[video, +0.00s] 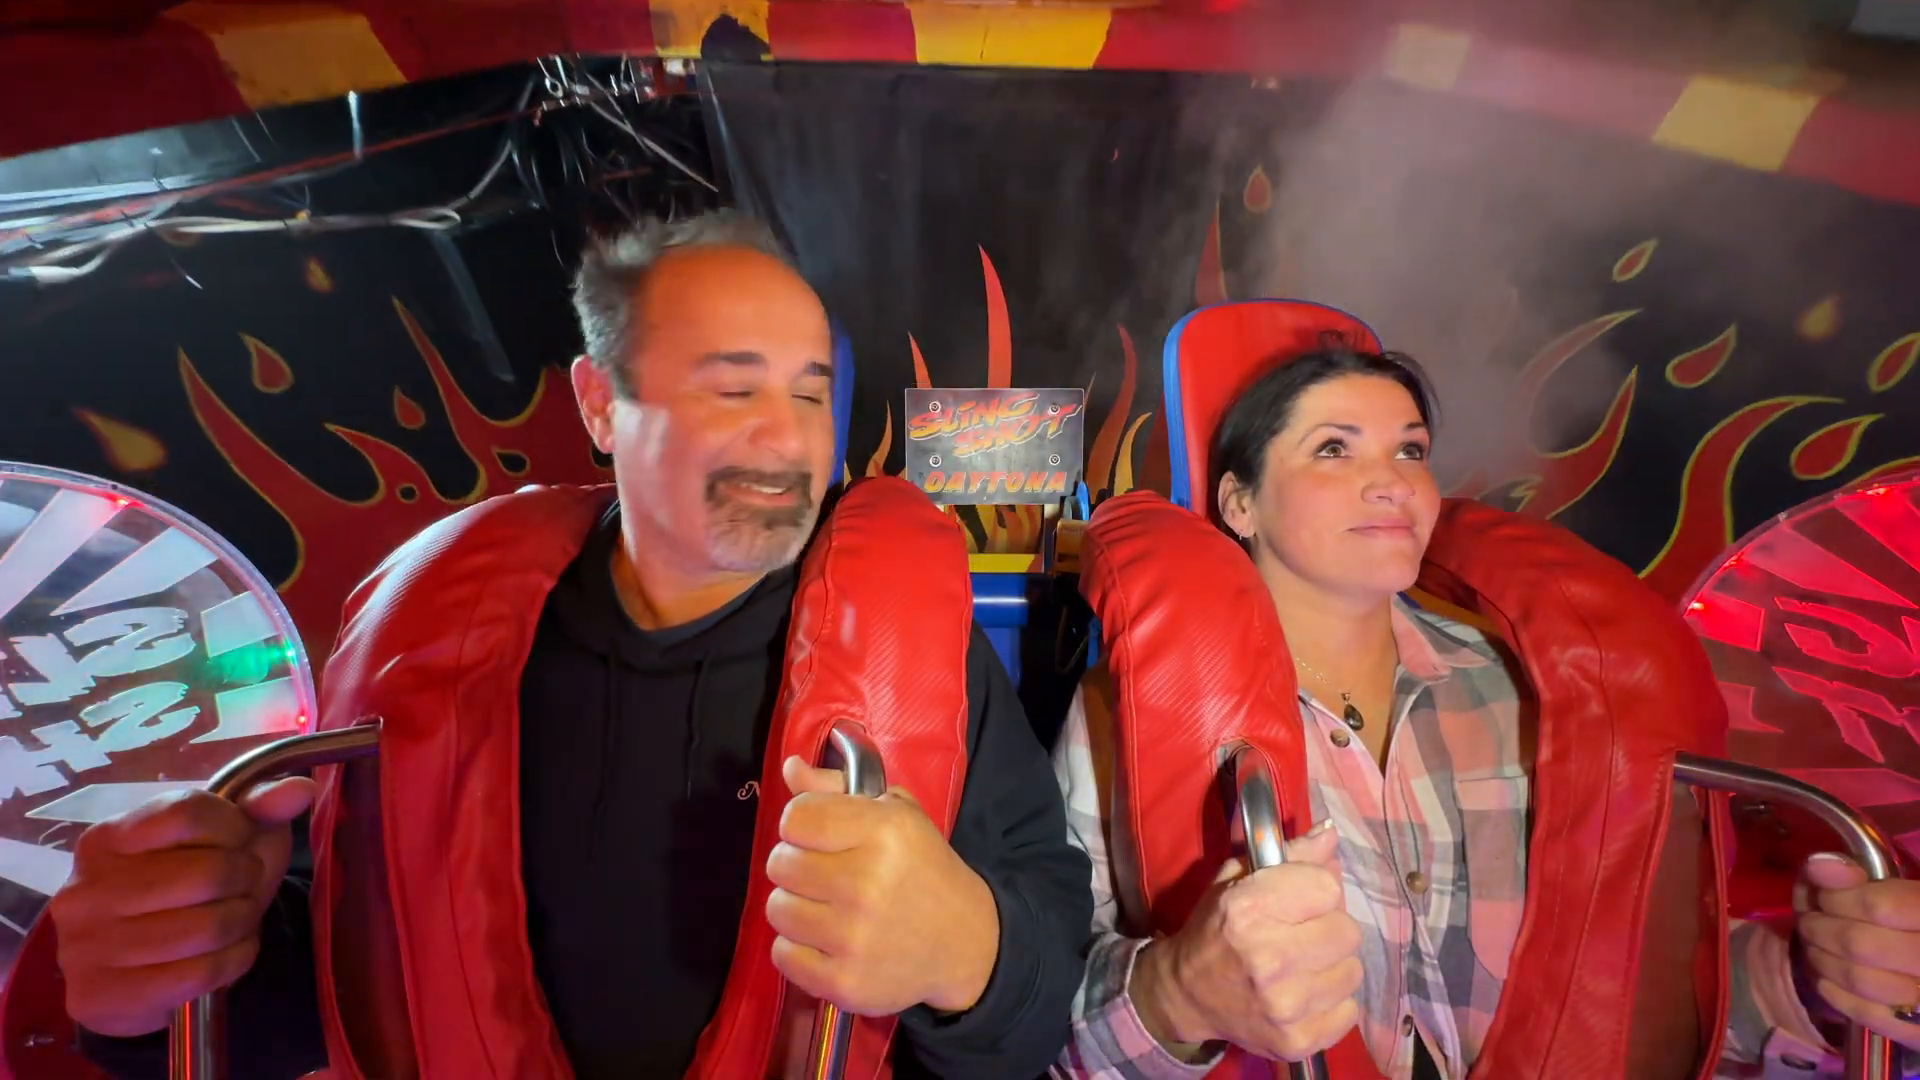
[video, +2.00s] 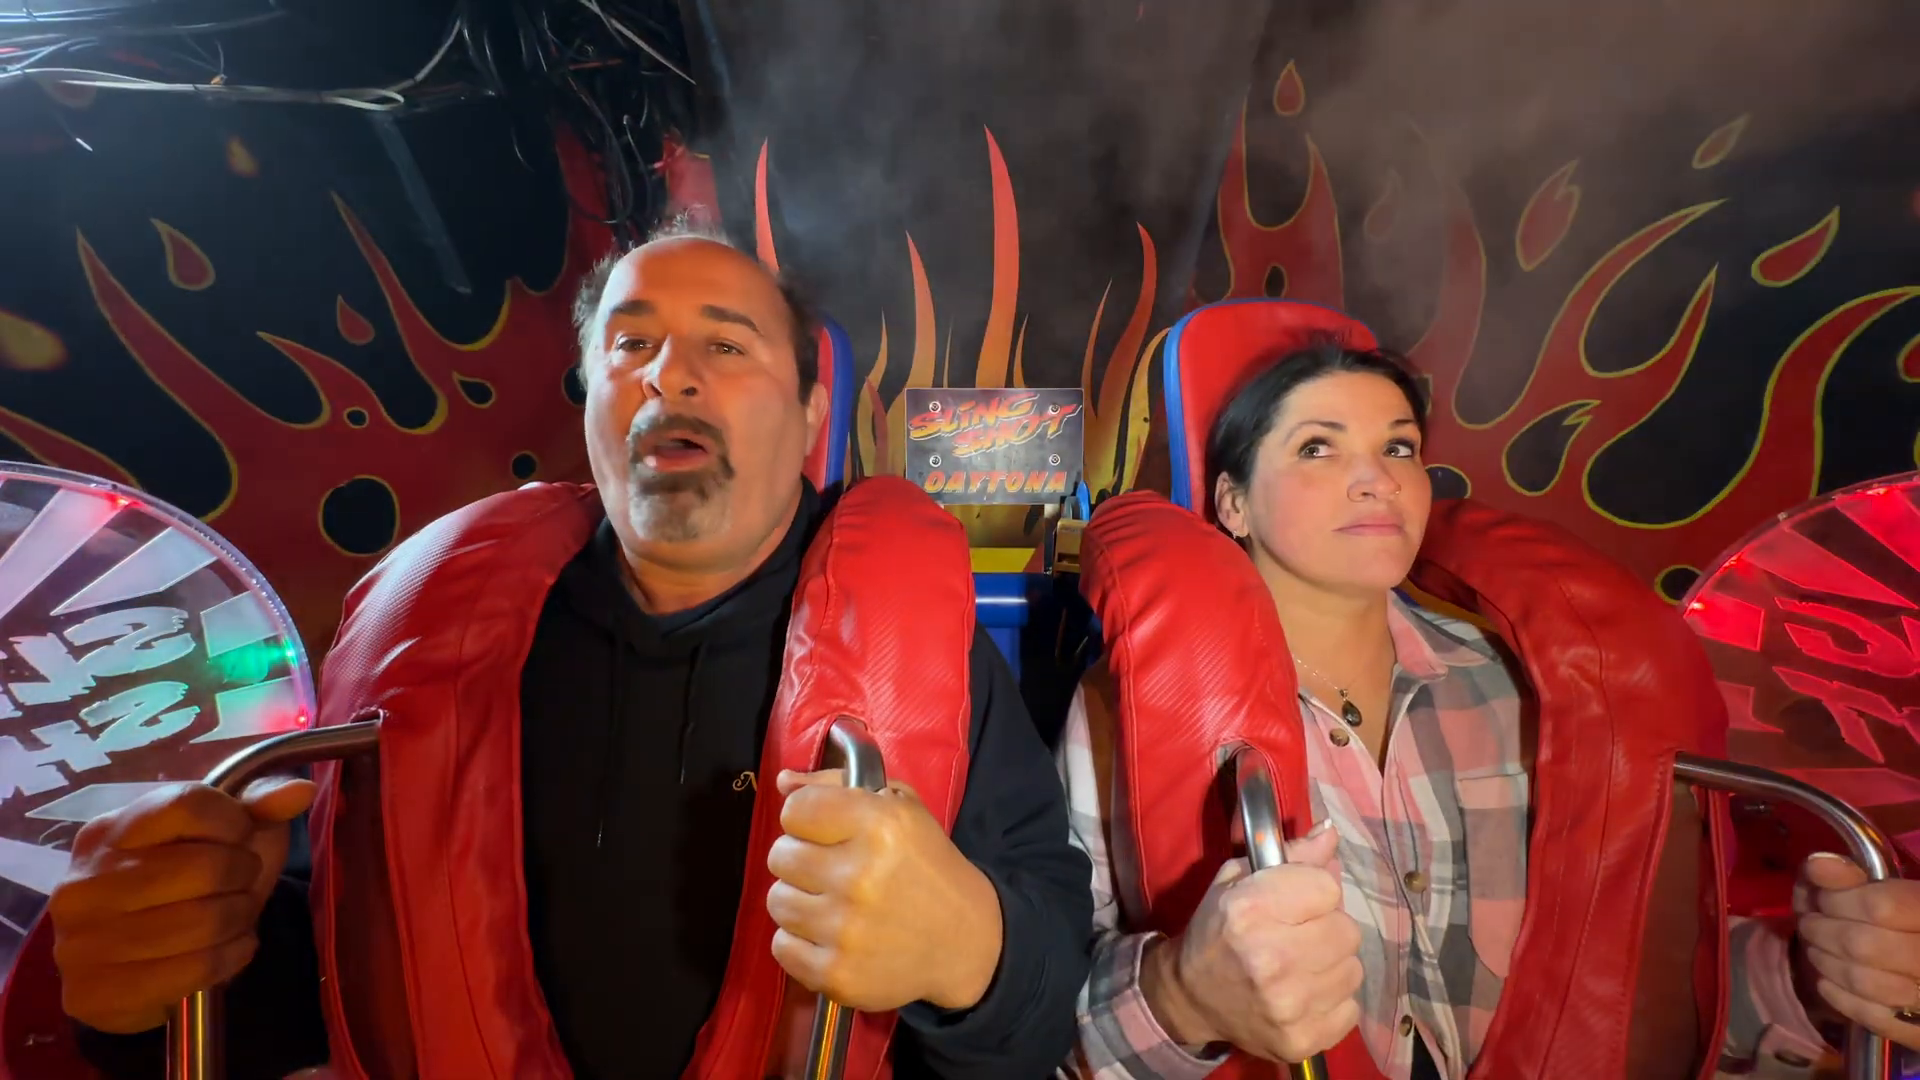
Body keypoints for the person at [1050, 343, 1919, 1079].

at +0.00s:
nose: (1391, 481)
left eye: (1410, 453)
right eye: (1333, 451)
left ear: (1435, 493)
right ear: (1240, 505)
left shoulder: (1522, 695)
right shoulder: (1143, 716)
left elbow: (1612, 974)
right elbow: (1047, 1040)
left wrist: (1804, 975)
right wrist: (1174, 998)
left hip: (1499, 1069)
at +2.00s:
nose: (1376, 484)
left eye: (1397, 452)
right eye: (1319, 452)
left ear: (1429, 488)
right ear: (1233, 502)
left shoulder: (1518, 692)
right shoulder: (1143, 713)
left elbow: (1626, 962)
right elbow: (1066, 1036)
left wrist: (1817, 975)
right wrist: (1178, 1001)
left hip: (1501, 1071)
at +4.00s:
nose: (1384, 485)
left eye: (1404, 458)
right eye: (1330, 457)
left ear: (1433, 491)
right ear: (1237, 503)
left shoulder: (1517, 693)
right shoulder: (1139, 714)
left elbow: (1618, 958)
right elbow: (1061, 1034)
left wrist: (1809, 977)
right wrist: (1173, 1001)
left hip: (1493, 1065)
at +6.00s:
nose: (1388, 487)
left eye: (1408, 459)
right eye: (1332, 457)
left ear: (1435, 491)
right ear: (1238, 503)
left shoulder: (1522, 694)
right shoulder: (1141, 715)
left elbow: (1611, 976)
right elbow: (1046, 1036)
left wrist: (1800, 975)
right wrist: (1172, 1001)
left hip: (1492, 1066)